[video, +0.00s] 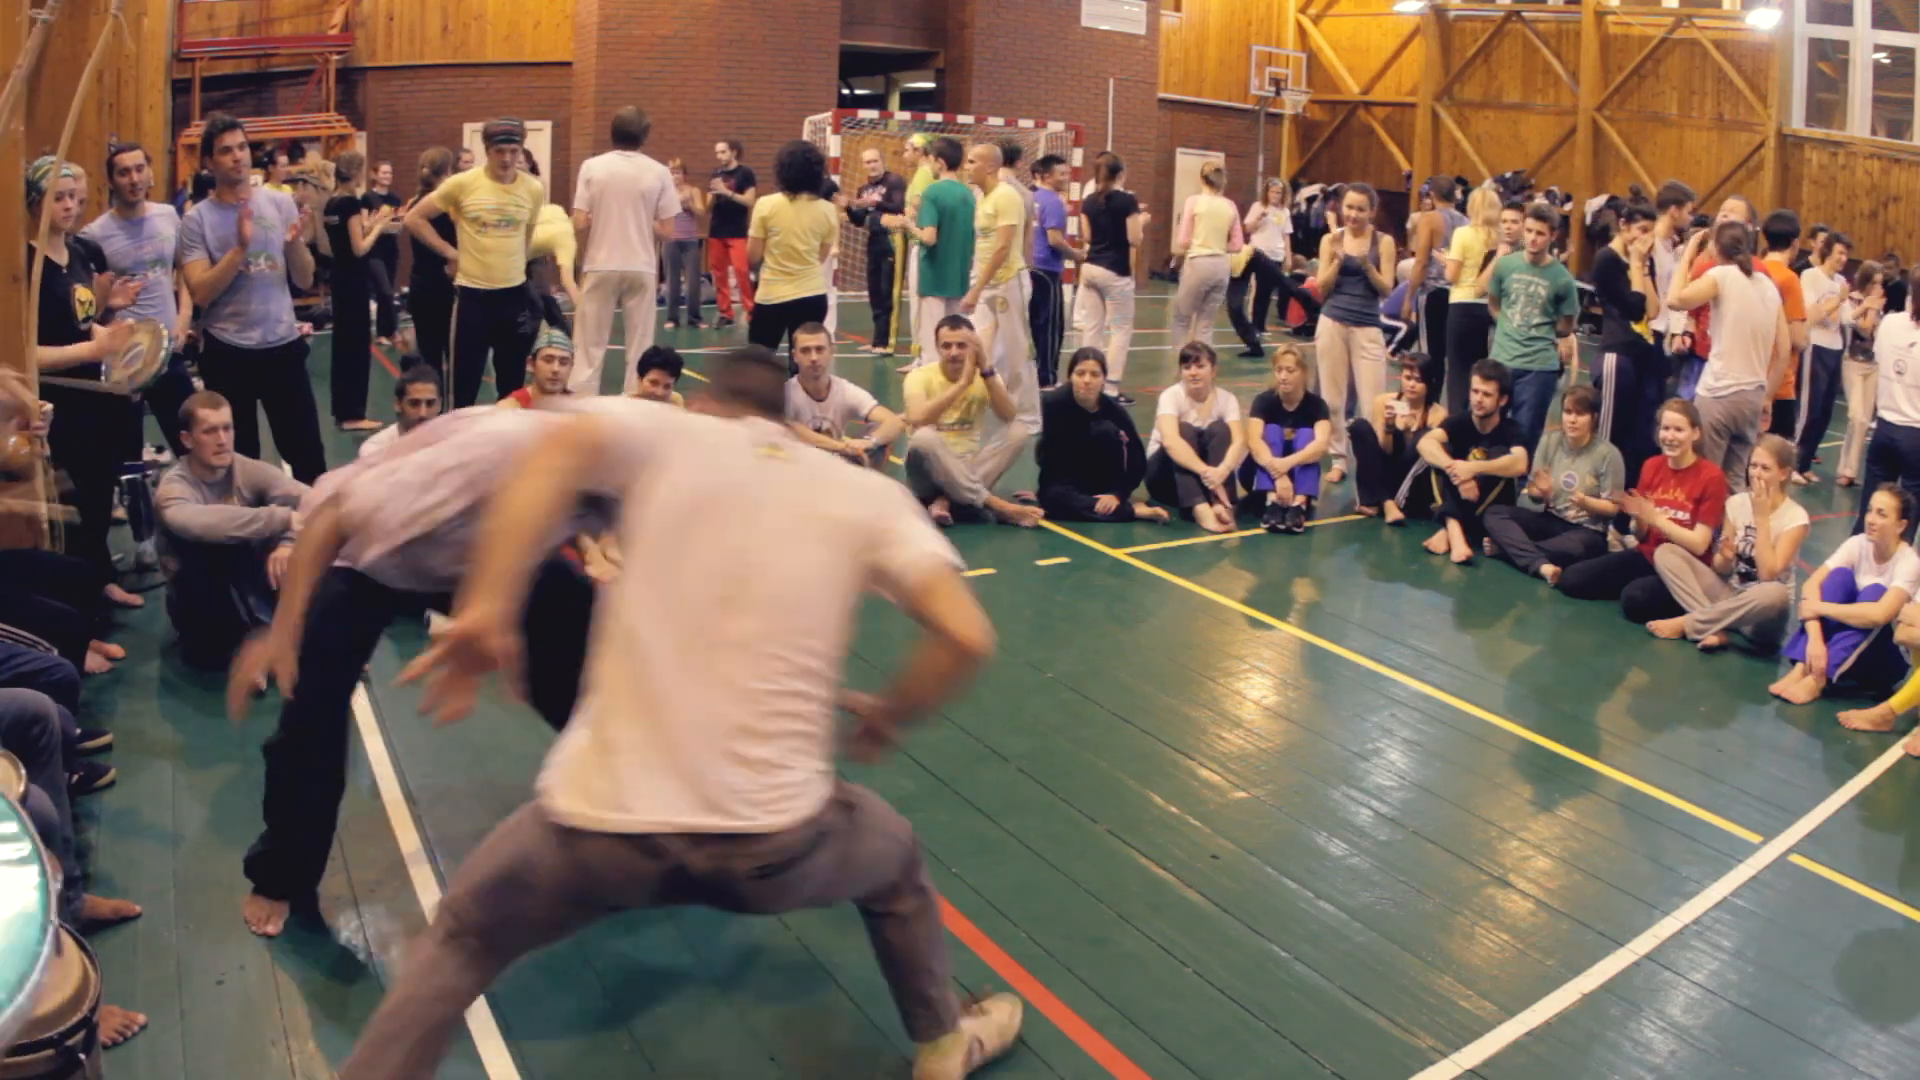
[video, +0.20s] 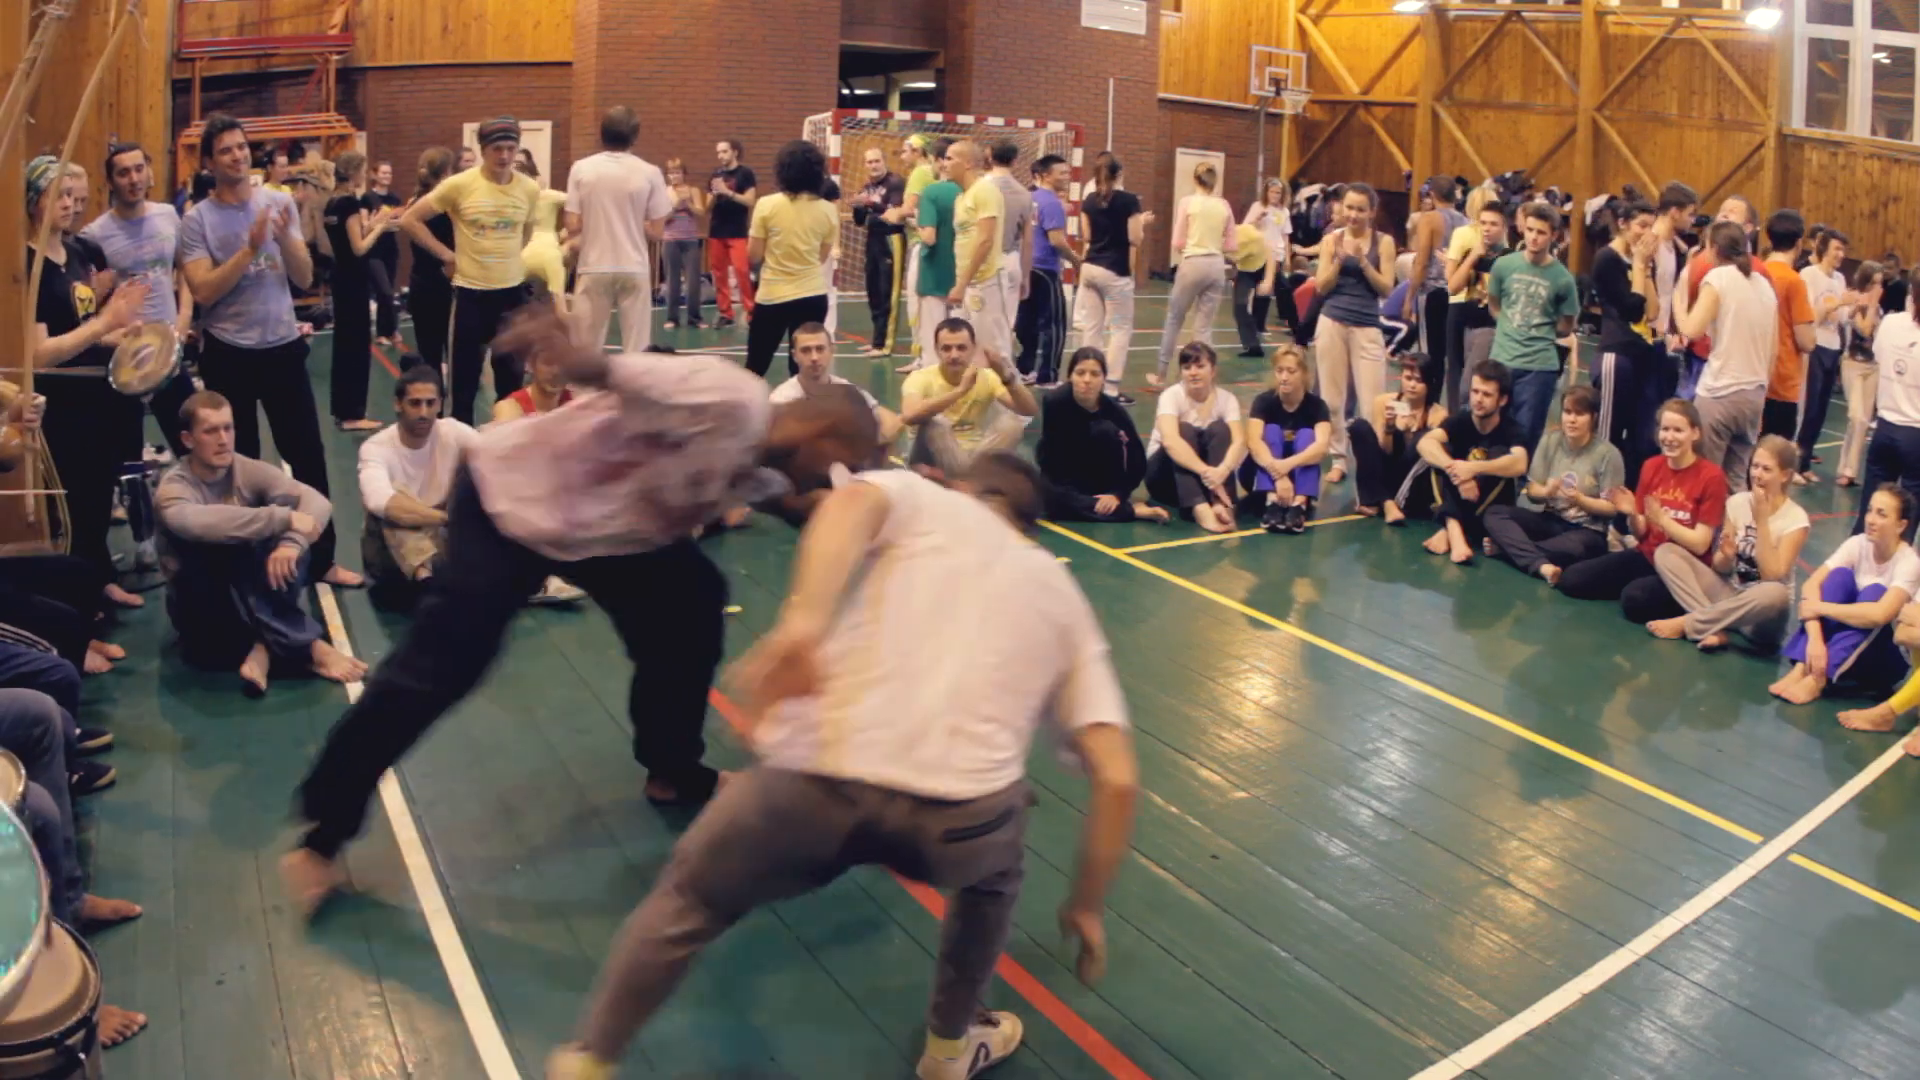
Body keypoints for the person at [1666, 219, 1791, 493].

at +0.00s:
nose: (1711, 249)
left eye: (1711, 245)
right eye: (1712, 244)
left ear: (1716, 248)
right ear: (1746, 247)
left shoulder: (1721, 276)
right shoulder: (1768, 285)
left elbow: (1676, 299)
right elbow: (1784, 348)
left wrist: (1688, 255)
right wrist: (1767, 396)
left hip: (1718, 392)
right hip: (1755, 392)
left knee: (1705, 477)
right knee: (1738, 478)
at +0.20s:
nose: (1706, 252)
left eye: (1708, 246)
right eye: (1707, 246)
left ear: (1714, 249)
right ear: (1743, 248)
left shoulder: (1717, 279)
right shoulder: (1764, 283)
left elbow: (1691, 330)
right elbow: (1772, 343)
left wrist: (1679, 297)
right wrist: (1761, 383)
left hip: (1719, 391)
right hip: (1755, 391)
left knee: (1706, 476)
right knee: (1738, 476)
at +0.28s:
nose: (1705, 252)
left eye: (1707, 246)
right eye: (1707, 246)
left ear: (1714, 250)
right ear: (1743, 248)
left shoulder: (1714, 279)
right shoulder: (1764, 284)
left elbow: (1701, 337)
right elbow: (1773, 344)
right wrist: (1758, 377)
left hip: (1718, 390)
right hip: (1755, 391)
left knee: (1706, 476)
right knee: (1738, 476)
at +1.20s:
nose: (1700, 251)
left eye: (1702, 245)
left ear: (1707, 249)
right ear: (1740, 248)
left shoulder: (1708, 280)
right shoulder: (1757, 281)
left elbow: (1699, 340)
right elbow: (1767, 338)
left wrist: (1687, 345)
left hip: (1719, 390)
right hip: (1756, 389)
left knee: (1708, 480)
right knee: (1744, 482)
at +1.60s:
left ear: (1714, 246)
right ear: (1746, 244)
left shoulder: (1711, 281)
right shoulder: (1760, 280)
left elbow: (1693, 342)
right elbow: (1768, 340)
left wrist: (1712, 353)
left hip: (1720, 390)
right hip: (1760, 392)